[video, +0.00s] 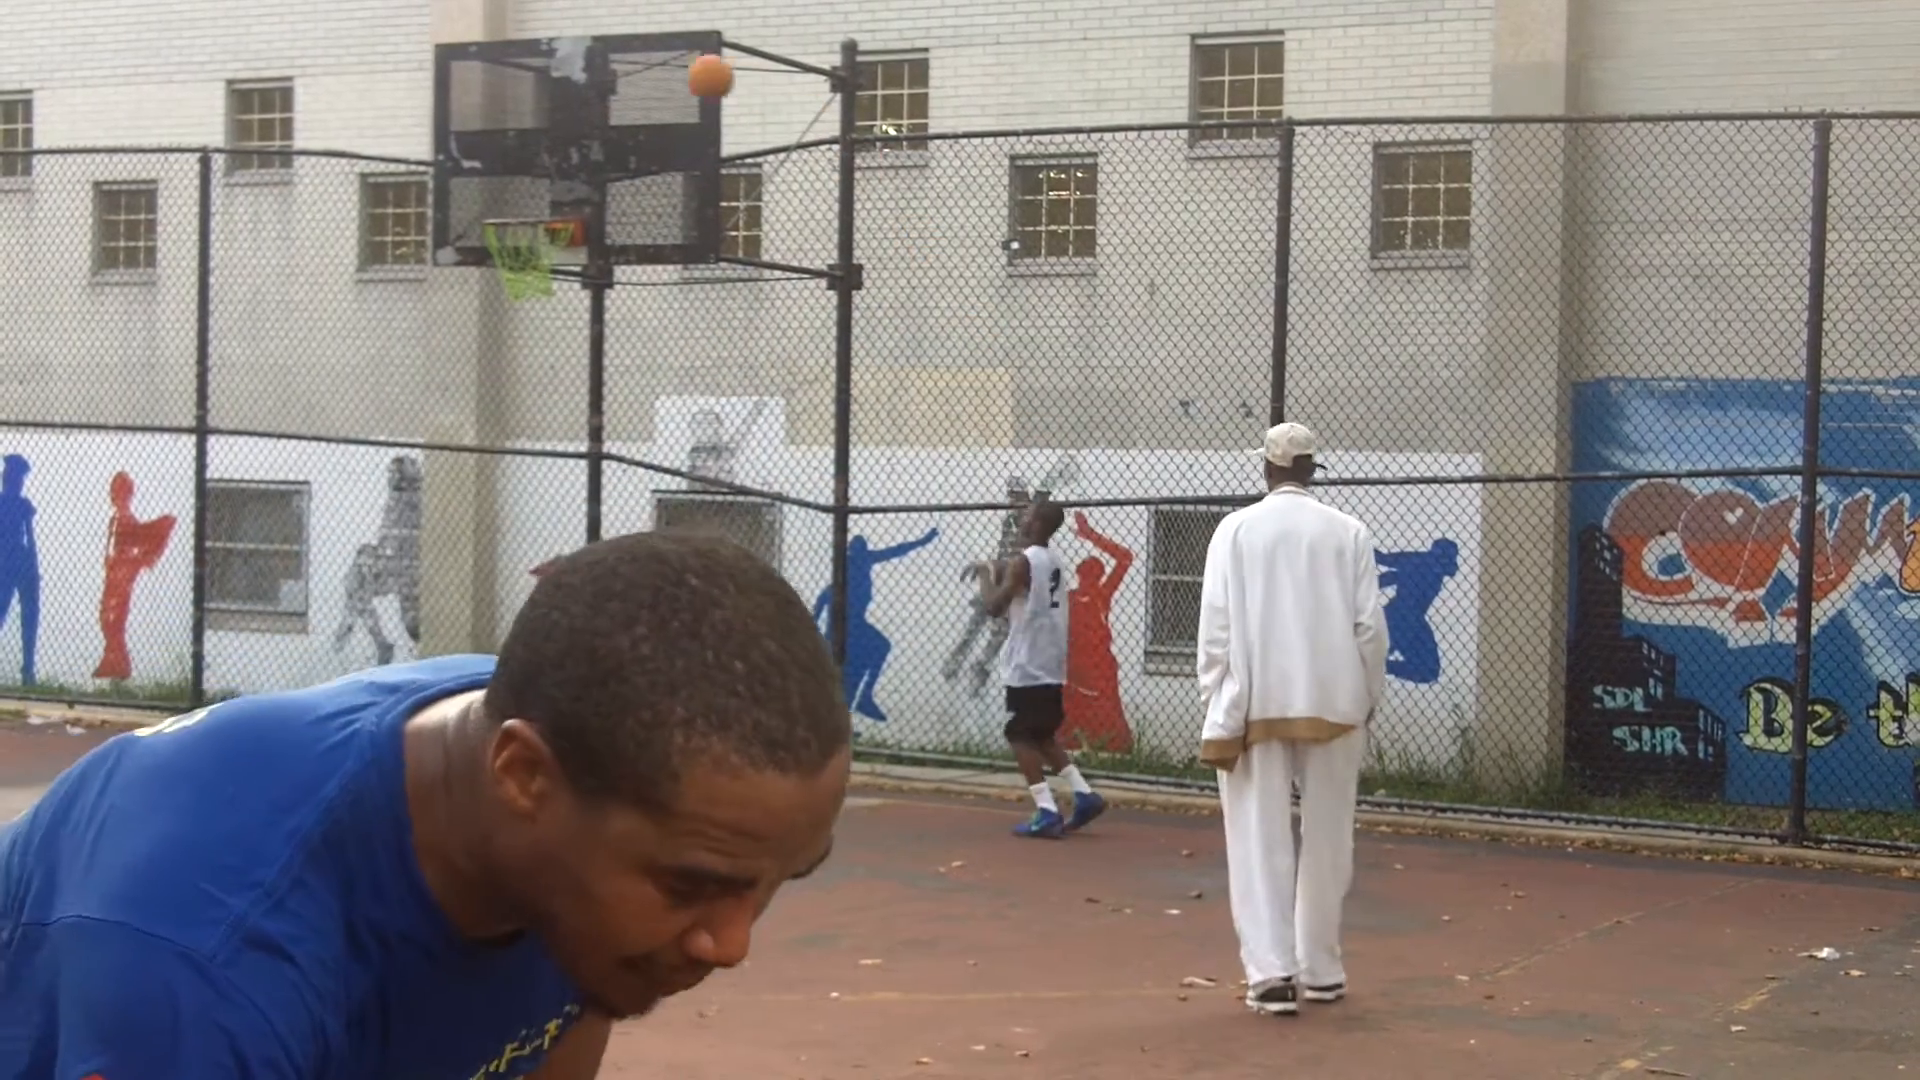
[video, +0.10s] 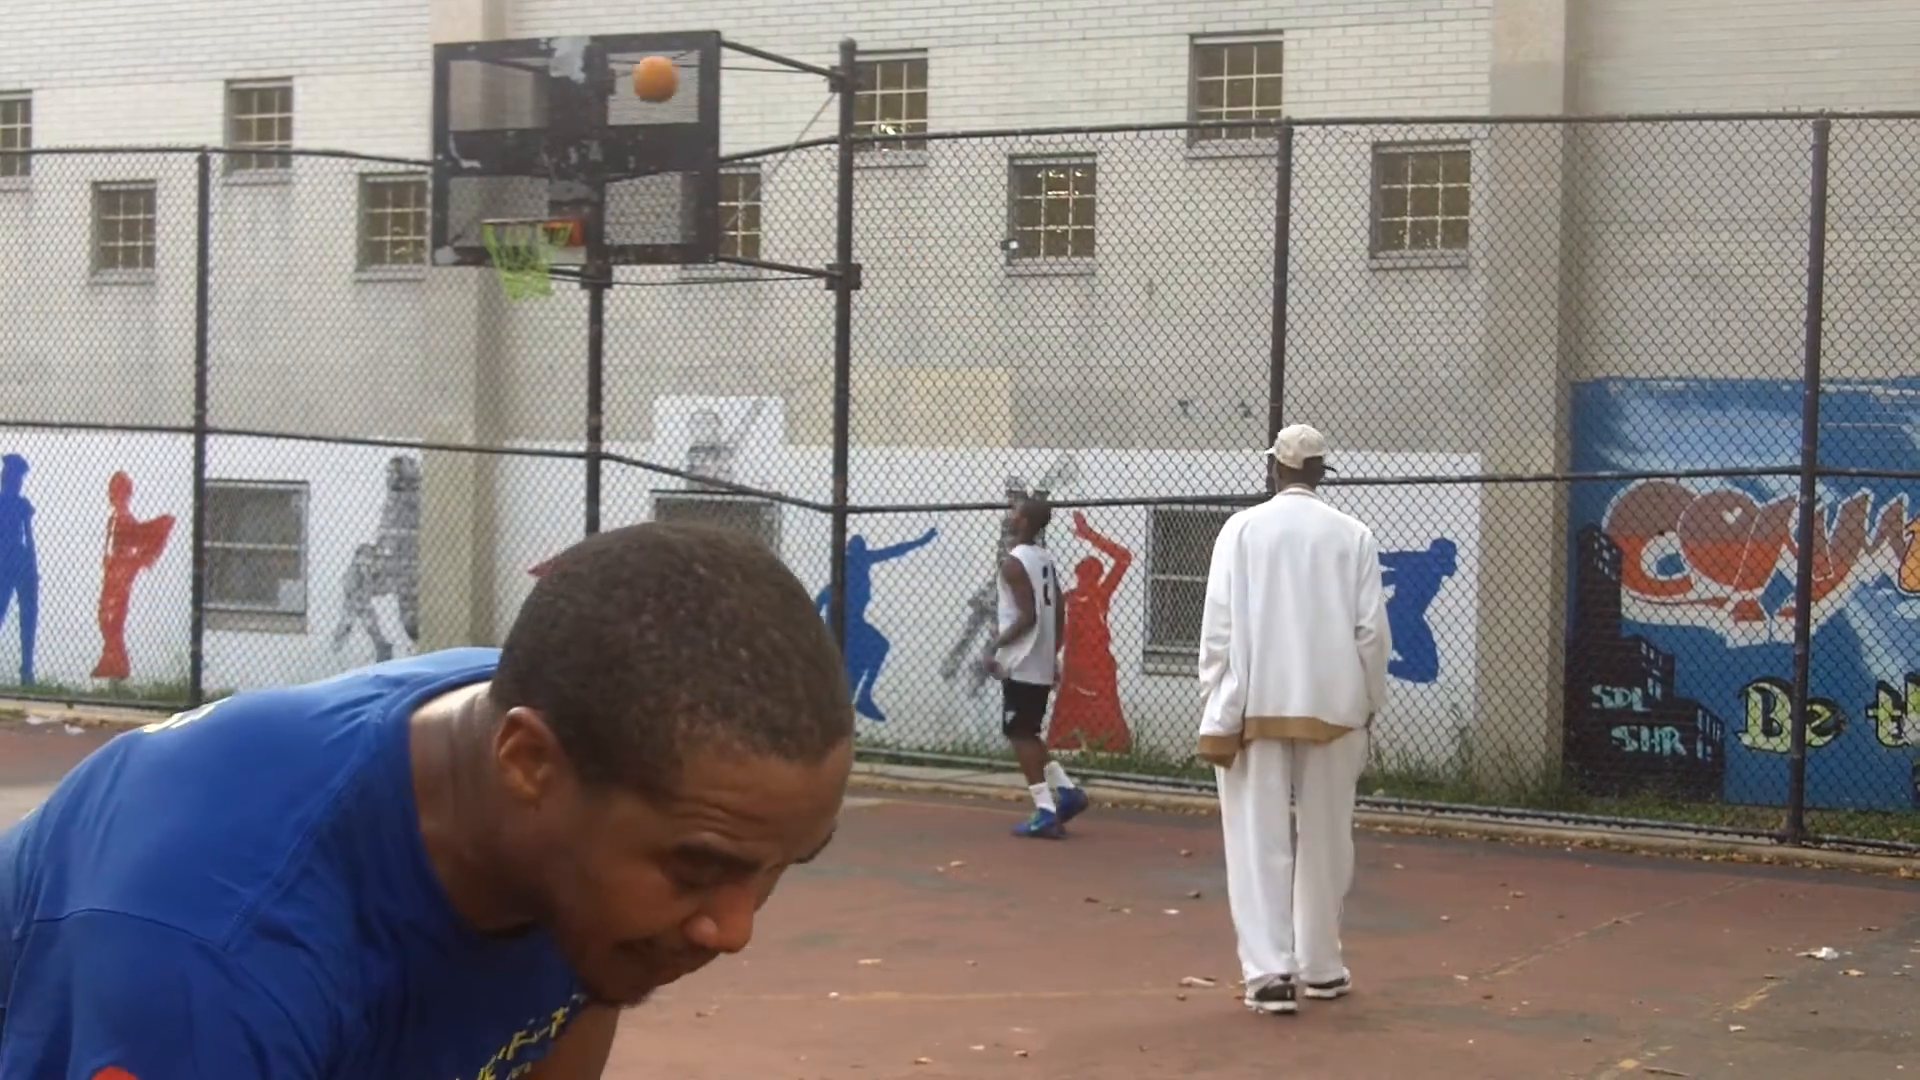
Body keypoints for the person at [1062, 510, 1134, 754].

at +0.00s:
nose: (1088, 577)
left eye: (1093, 573)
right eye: (1085, 572)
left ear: (1100, 575)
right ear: (1079, 573)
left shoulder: (1103, 592)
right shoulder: (1068, 597)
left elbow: (1125, 557)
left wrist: (1090, 535)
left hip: (1098, 656)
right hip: (1074, 656)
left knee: (1104, 702)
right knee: (1073, 704)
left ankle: (1117, 742)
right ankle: (1069, 742)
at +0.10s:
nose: (1087, 578)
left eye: (1091, 573)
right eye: (1084, 572)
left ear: (1097, 575)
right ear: (1077, 573)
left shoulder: (1102, 593)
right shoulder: (1068, 597)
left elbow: (1124, 558)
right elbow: (1061, 631)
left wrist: (1090, 535)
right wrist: (1051, 652)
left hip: (1098, 657)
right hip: (1074, 657)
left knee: (1102, 702)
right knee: (1071, 702)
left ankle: (1113, 744)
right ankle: (1064, 742)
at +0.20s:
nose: (1086, 578)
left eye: (1091, 573)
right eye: (1083, 573)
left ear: (1097, 576)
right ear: (1076, 573)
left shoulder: (1102, 592)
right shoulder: (1065, 598)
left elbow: (1123, 558)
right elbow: (1059, 635)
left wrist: (1089, 535)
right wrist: (1048, 663)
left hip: (1099, 661)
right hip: (1073, 661)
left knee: (1101, 710)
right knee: (1070, 710)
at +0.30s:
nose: (1085, 579)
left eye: (1090, 574)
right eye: (1082, 573)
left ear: (1096, 576)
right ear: (1075, 573)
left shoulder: (1101, 592)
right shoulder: (1064, 598)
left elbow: (1122, 558)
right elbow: (1059, 634)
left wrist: (1088, 535)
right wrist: (1047, 662)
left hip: (1098, 660)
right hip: (1072, 660)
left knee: (1100, 707)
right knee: (1070, 706)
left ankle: (1107, 749)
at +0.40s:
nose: (1084, 578)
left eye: (1089, 574)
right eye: (1081, 573)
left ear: (1095, 576)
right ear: (1073, 573)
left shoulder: (1099, 593)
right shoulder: (1063, 598)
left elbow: (1120, 558)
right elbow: (1057, 635)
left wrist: (1085, 534)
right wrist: (1047, 665)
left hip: (1096, 660)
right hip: (1071, 660)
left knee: (1100, 710)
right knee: (1066, 711)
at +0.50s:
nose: (1083, 579)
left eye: (1088, 574)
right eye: (1079, 573)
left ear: (1094, 576)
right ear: (1072, 573)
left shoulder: (1098, 593)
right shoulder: (1062, 598)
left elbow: (1119, 558)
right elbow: (1056, 633)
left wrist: (1085, 534)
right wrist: (1045, 662)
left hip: (1095, 660)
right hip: (1070, 660)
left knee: (1098, 710)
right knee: (1066, 710)